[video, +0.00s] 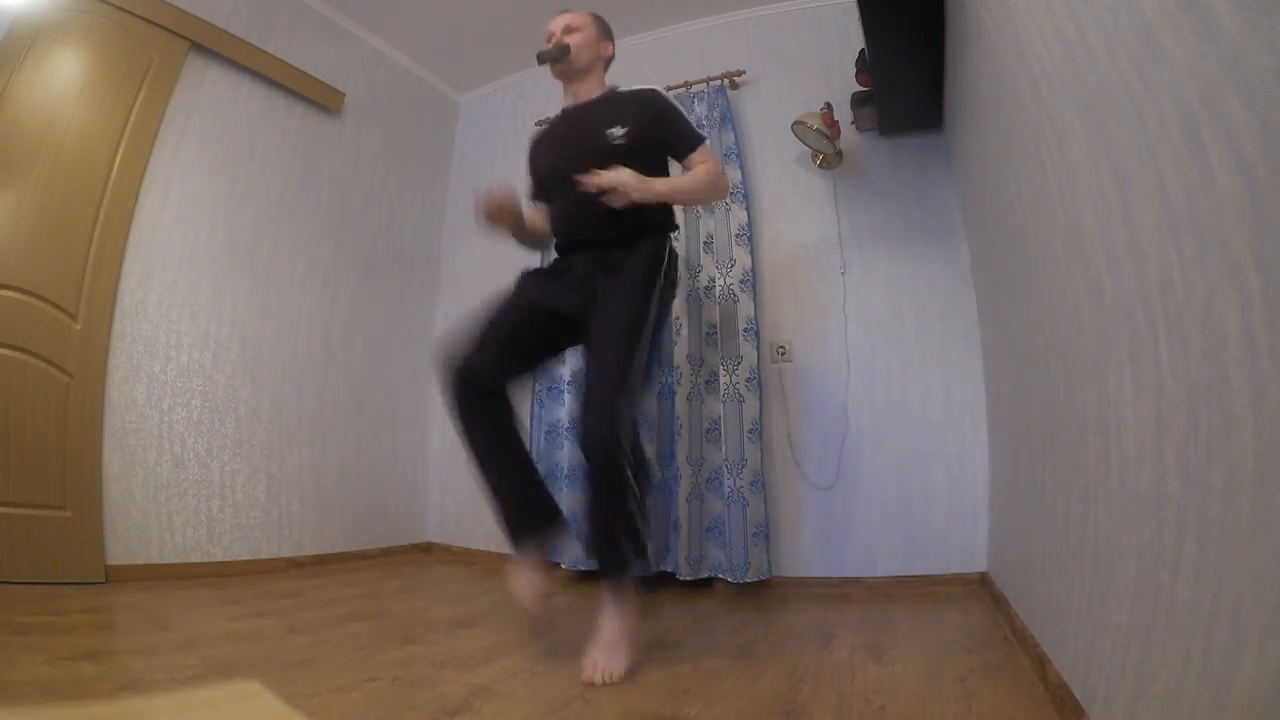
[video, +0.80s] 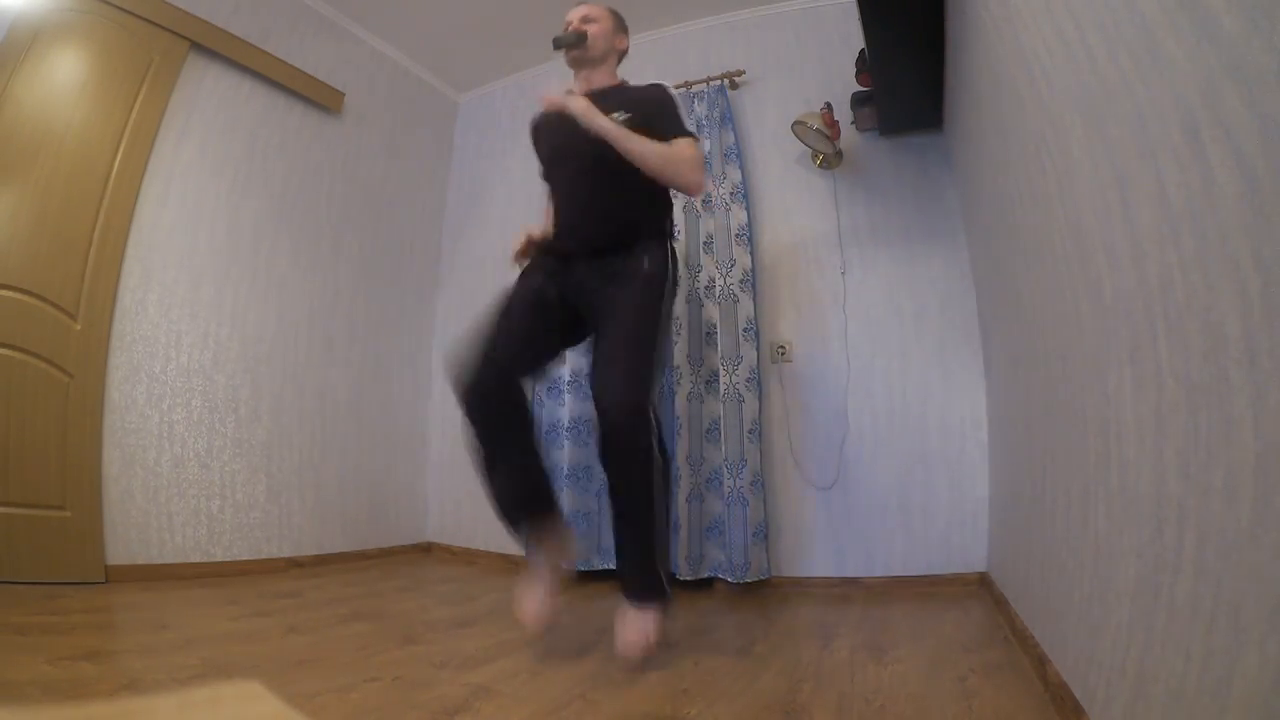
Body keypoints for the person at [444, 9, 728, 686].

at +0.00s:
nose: (555, 37)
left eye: (571, 28)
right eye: (550, 34)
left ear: (607, 49)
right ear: (546, 61)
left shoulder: (646, 106)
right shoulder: (546, 138)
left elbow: (714, 180)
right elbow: (552, 231)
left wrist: (648, 188)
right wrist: (515, 220)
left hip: (633, 273)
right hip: (567, 276)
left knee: (601, 419)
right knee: (472, 374)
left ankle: (618, 599)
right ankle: (535, 535)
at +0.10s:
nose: (559, 55)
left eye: (575, 46)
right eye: (554, 52)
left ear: (612, 69)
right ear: (550, 77)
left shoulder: (637, 125)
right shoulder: (555, 157)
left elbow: (687, 198)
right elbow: (572, 245)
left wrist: (583, 150)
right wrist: (530, 273)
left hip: (625, 305)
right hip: (559, 298)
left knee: (618, 474)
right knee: (440, 267)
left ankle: (627, 630)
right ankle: (489, 446)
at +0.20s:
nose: (562, 38)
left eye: (579, 30)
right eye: (557, 35)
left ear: (612, 51)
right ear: (552, 59)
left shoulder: (640, 110)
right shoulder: (547, 137)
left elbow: (681, 172)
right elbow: (570, 212)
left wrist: (583, 116)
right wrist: (540, 237)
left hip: (626, 282)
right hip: (560, 278)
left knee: (607, 427)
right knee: (451, 331)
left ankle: (620, 611)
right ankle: (519, 496)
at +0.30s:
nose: (569, 30)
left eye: (584, 22)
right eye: (563, 27)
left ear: (616, 44)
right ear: (556, 53)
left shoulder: (651, 113)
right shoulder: (538, 124)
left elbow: (696, 191)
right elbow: (526, 210)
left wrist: (608, 164)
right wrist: (520, 224)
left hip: (627, 250)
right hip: (555, 262)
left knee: (585, 316)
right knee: (534, 426)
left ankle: (604, 516)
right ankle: (565, 603)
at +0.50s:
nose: (564, 35)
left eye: (579, 26)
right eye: (558, 32)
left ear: (612, 49)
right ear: (551, 58)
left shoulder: (648, 110)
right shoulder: (538, 133)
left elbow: (706, 181)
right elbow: (509, 222)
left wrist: (656, 202)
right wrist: (500, 169)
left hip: (637, 263)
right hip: (565, 279)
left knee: (594, 338)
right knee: (525, 429)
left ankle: (619, 529)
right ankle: (565, 590)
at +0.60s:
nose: (566, 43)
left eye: (581, 34)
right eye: (559, 39)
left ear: (615, 50)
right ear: (557, 62)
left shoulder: (648, 109)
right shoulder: (554, 141)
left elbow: (714, 182)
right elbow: (560, 237)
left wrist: (625, 174)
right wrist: (520, 228)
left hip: (636, 286)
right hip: (567, 286)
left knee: (632, 452)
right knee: (453, 327)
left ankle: (654, 614)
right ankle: (512, 492)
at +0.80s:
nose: (574, 25)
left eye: (589, 19)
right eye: (567, 22)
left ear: (621, 41)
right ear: (562, 48)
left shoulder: (649, 101)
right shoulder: (550, 123)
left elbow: (691, 176)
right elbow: (562, 198)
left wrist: (597, 121)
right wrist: (540, 233)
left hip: (635, 271)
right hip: (564, 271)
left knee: (620, 409)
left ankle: (643, 594)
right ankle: (544, 533)